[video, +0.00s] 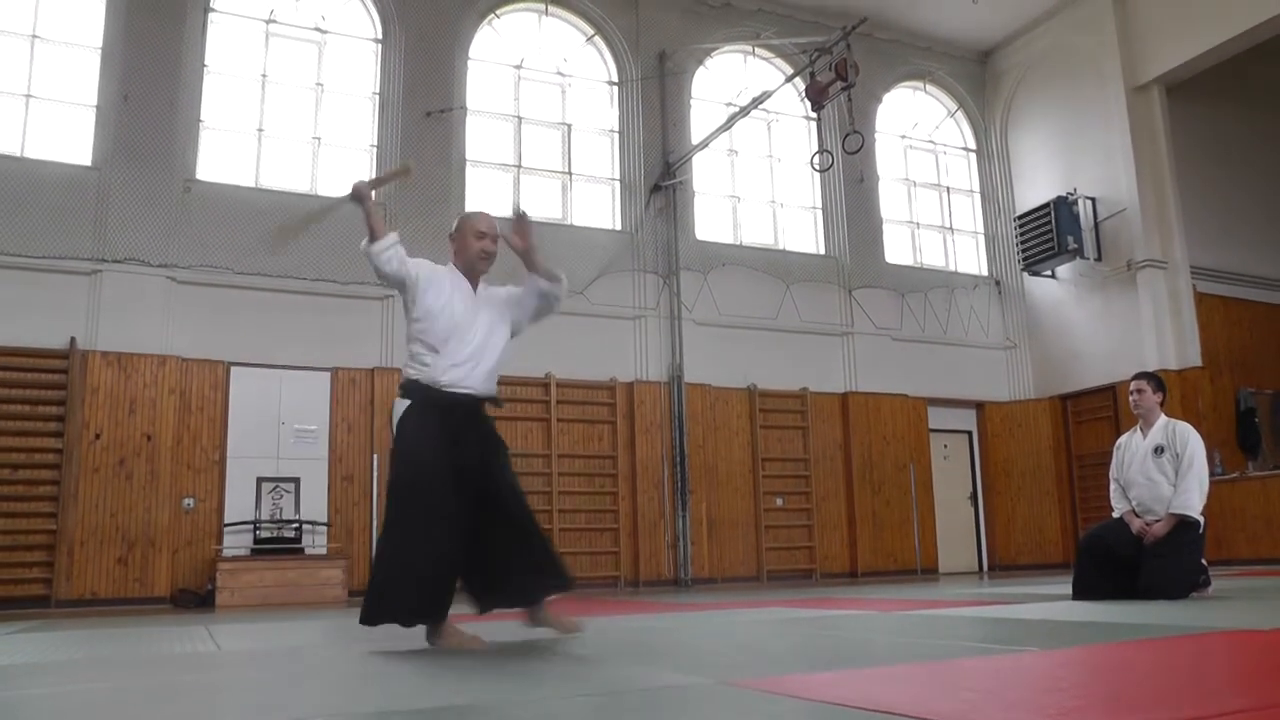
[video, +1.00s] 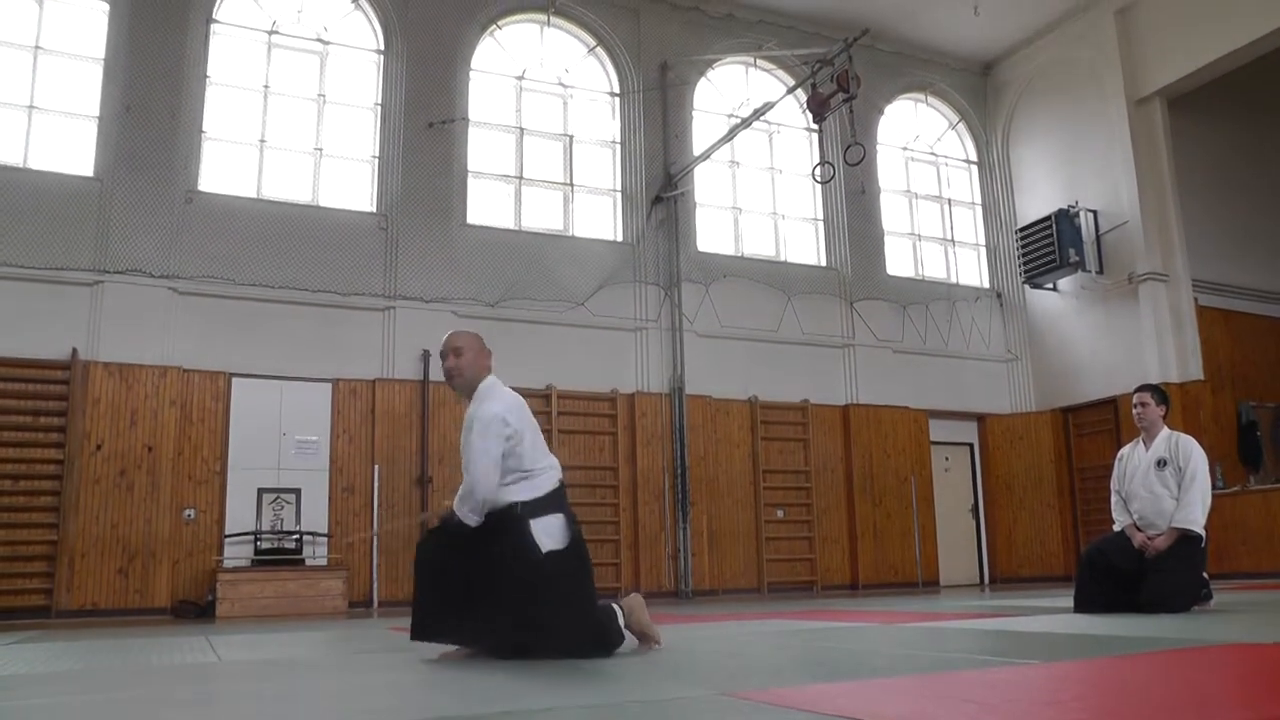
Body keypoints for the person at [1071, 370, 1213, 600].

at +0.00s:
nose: (1133, 398)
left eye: (1140, 392)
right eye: (1131, 394)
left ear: (1158, 396)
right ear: (1128, 400)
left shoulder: (1182, 433)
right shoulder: (1123, 443)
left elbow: (1193, 484)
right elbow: (1115, 488)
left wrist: (1166, 524)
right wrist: (1132, 520)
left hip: (1178, 525)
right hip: (1134, 525)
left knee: (1157, 589)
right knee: (1093, 544)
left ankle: (1198, 573)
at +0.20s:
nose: (1135, 400)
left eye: (1141, 394)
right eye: (1132, 395)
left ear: (1160, 399)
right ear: (1129, 401)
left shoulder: (1183, 435)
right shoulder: (1123, 446)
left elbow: (1194, 486)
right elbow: (1116, 490)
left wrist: (1166, 526)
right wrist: (1132, 522)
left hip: (1178, 528)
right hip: (1134, 527)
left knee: (1158, 592)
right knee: (1093, 547)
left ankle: (1198, 575)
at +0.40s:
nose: (1136, 402)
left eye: (1143, 396)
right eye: (1134, 398)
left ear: (1161, 402)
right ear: (1131, 404)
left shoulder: (1184, 438)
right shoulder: (1124, 447)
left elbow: (1194, 489)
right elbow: (1116, 492)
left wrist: (1166, 529)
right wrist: (1132, 525)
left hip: (1178, 530)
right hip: (1134, 530)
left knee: (1158, 594)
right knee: (1093, 550)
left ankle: (1198, 577)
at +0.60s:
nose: (1137, 404)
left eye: (1143, 399)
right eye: (1134, 400)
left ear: (1161, 404)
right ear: (1131, 406)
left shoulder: (1184, 440)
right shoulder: (1123, 449)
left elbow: (1195, 492)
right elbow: (1116, 494)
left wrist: (1166, 531)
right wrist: (1132, 527)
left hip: (1178, 533)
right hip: (1134, 532)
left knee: (1157, 597)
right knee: (1093, 552)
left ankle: (1198, 580)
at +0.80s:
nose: (1136, 407)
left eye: (1143, 401)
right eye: (1134, 402)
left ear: (1161, 406)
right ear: (1130, 408)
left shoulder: (1184, 442)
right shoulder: (1123, 452)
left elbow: (1195, 494)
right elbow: (1116, 497)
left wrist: (1167, 534)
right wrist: (1132, 529)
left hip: (1179, 535)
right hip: (1134, 535)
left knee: (1158, 599)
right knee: (1094, 555)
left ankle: (1198, 582)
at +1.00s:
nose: (1137, 411)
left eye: (1144, 405)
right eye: (1134, 407)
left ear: (1162, 410)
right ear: (1131, 412)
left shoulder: (1184, 446)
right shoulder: (1124, 455)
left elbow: (1195, 497)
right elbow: (1116, 500)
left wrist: (1167, 537)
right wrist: (1133, 533)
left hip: (1179, 539)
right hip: (1135, 538)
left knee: (1158, 603)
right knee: (1094, 559)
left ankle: (1198, 586)